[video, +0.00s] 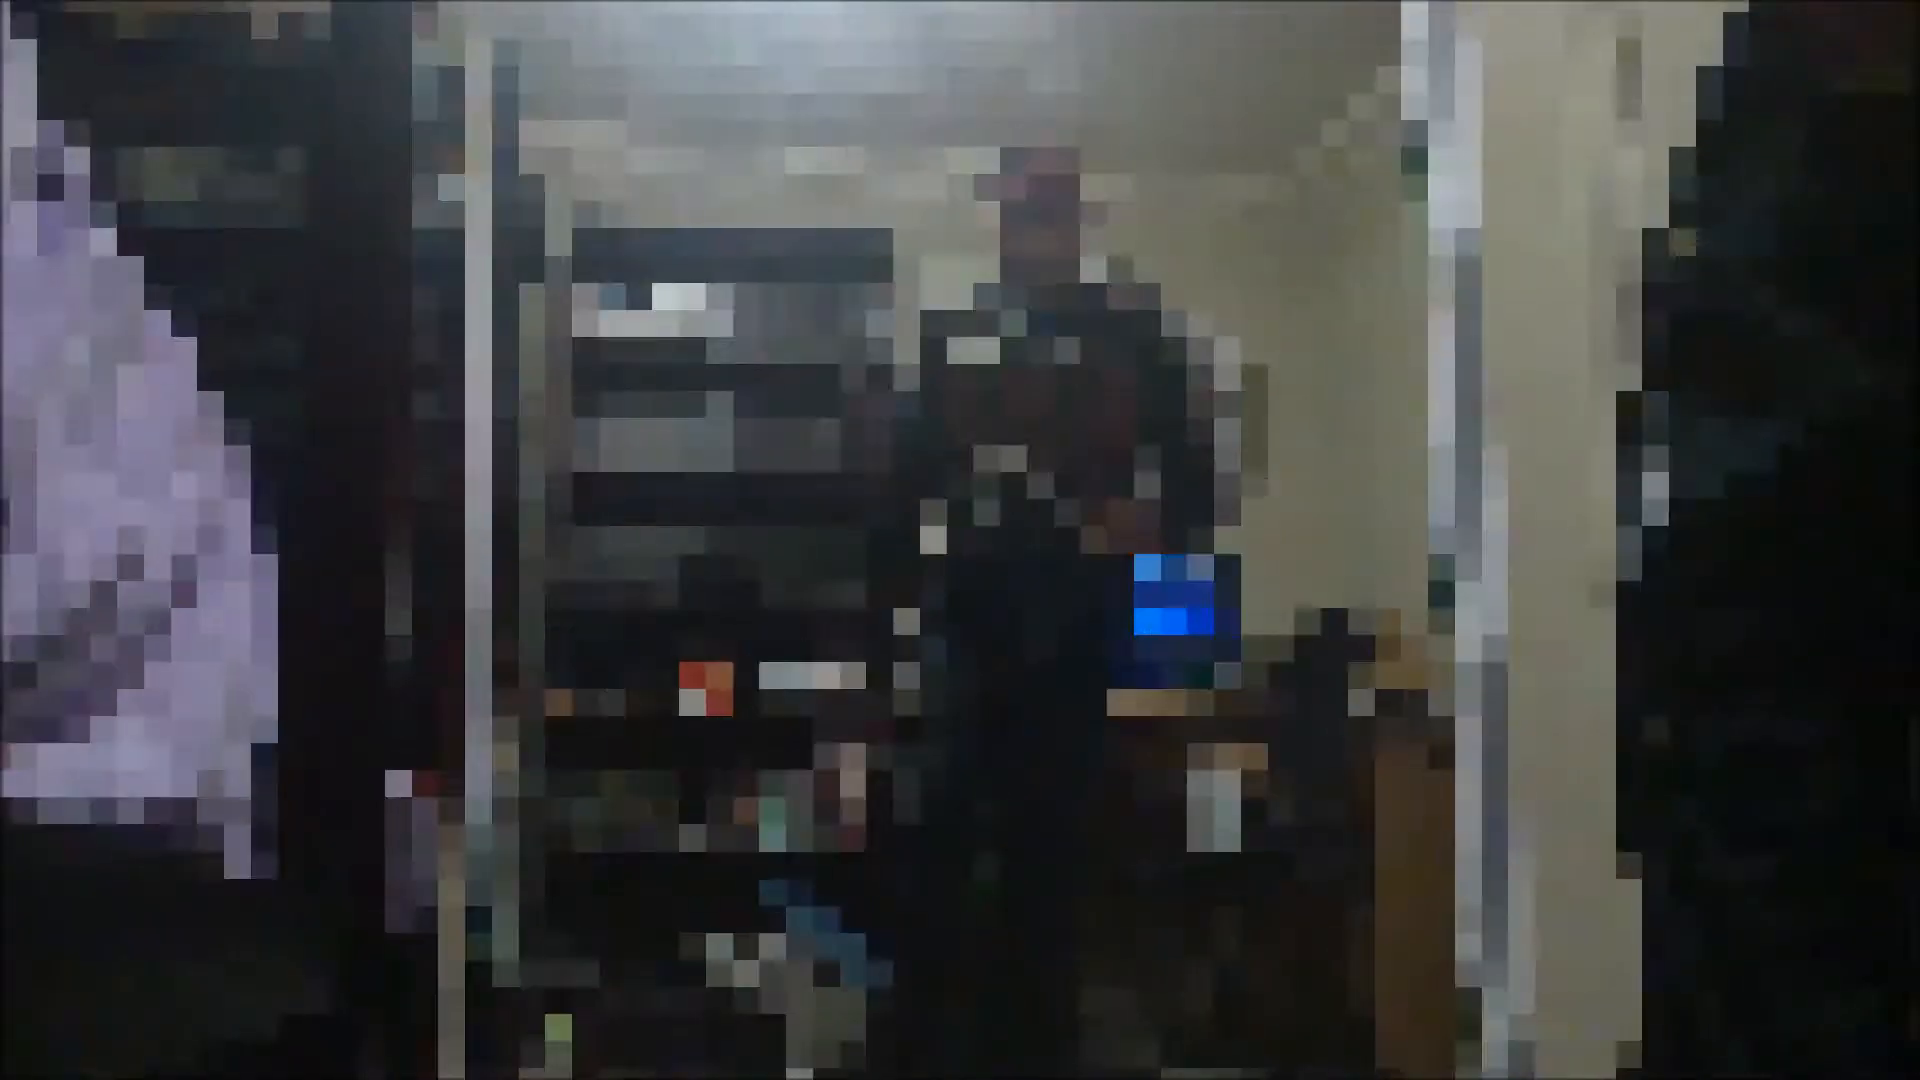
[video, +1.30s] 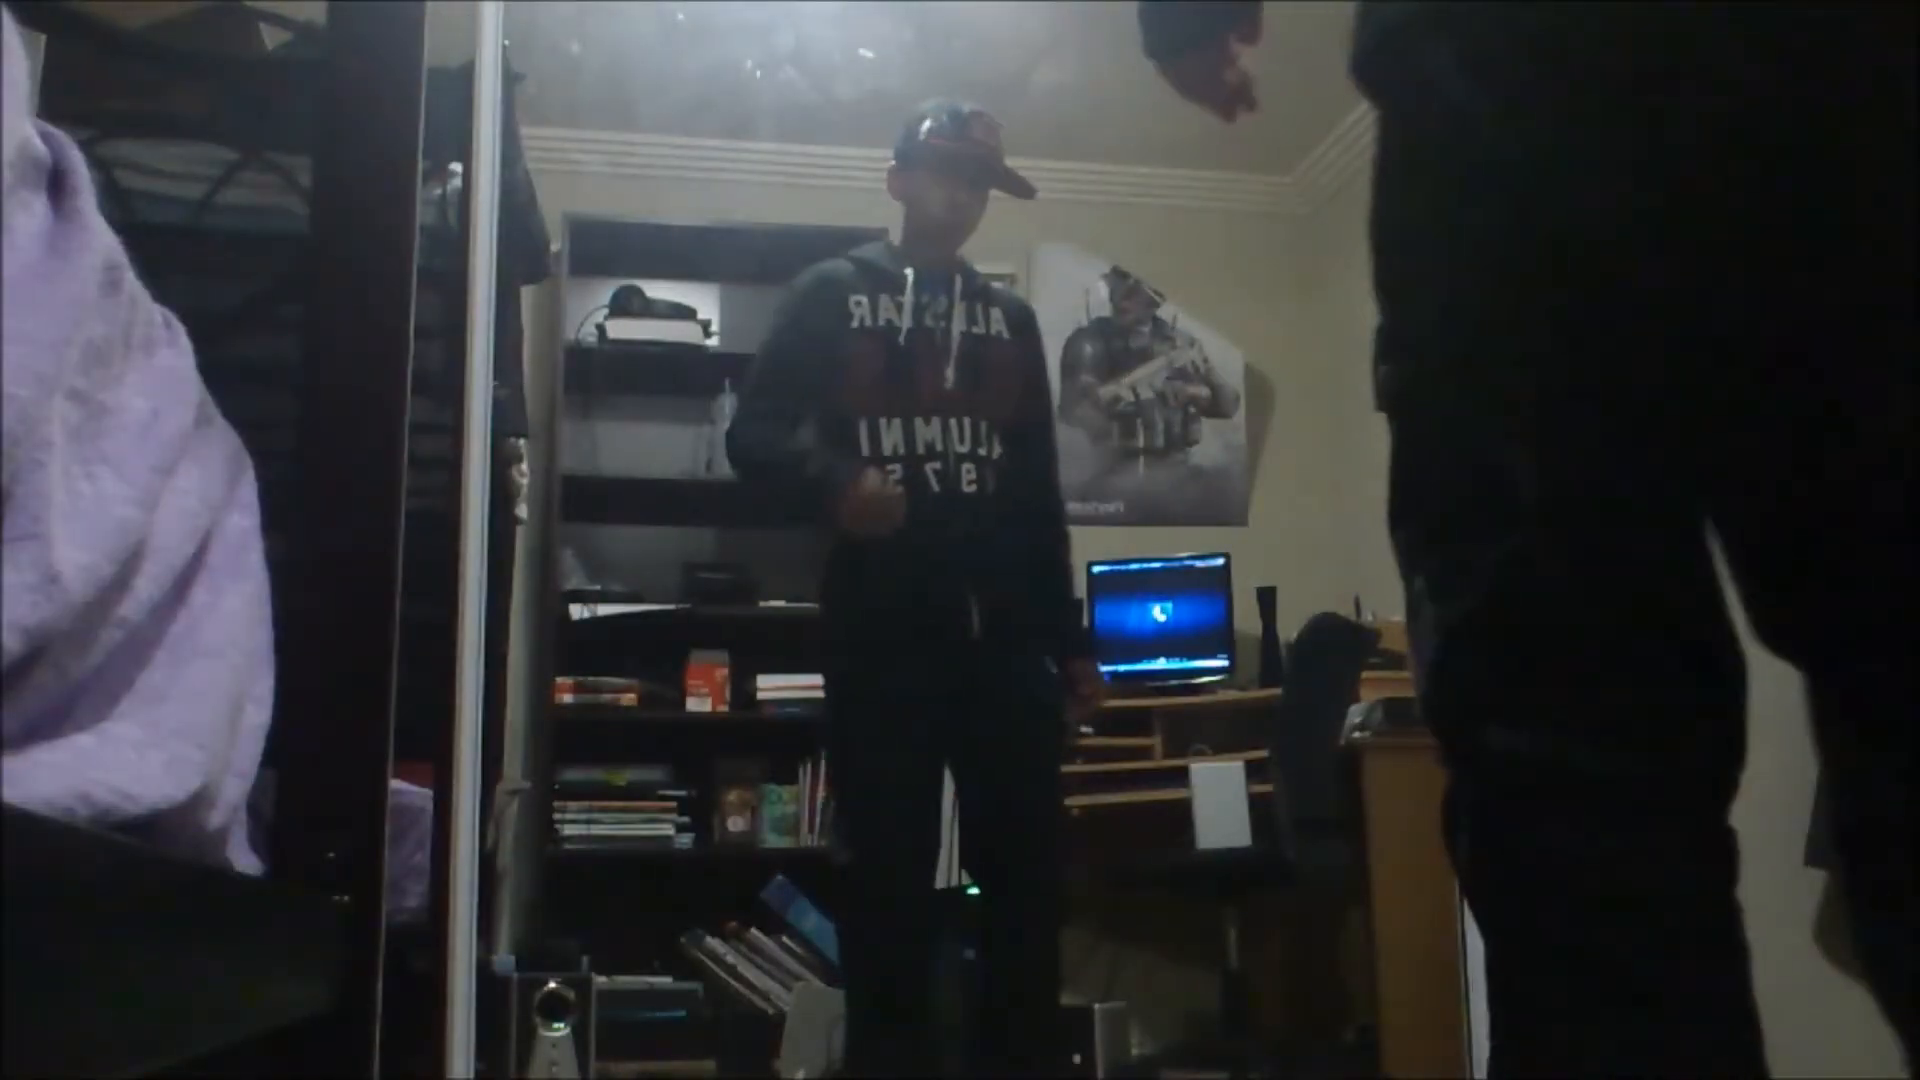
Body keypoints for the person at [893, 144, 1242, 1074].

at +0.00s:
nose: (1039, 233)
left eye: (1055, 213)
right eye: (1024, 213)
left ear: (1082, 219)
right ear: (997, 218)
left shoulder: (1132, 330)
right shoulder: (957, 333)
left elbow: (1192, 462)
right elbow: (914, 462)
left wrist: (1152, 527)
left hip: (1088, 594)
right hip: (978, 593)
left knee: (1067, 806)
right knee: (962, 798)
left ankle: (1049, 1013)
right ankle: (949, 1010)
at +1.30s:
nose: (960, 197)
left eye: (977, 182)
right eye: (944, 174)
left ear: (992, 196)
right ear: (897, 179)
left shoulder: (1010, 317)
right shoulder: (831, 294)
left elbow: (1037, 492)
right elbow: (754, 433)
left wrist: (1066, 636)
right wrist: (834, 484)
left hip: (1004, 629)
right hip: (883, 623)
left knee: (1023, 871)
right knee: (887, 869)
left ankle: (1018, 1065)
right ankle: (888, 1066)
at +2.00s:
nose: (967, 188)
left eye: (983, 171)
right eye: (947, 167)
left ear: (999, 179)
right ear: (901, 173)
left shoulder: (1032, 301)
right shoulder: (837, 290)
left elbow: (1053, 471)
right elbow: (804, 448)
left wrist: (1102, 585)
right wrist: (819, 587)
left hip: (996, 609)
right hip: (874, 610)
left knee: (1044, 855)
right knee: (867, 868)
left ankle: (1071, 1064)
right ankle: (857, 1069)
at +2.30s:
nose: (1003, 180)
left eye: (1020, 163)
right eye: (981, 159)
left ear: (1037, 178)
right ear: (936, 171)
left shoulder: (1083, 299)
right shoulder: (876, 305)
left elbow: (1137, 452)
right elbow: (844, 475)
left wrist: (1145, 500)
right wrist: (818, 627)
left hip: (1047, 615)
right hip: (918, 614)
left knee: (1055, 863)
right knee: (892, 859)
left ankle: (1059, 1060)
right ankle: (881, 1064)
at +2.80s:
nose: (978, 161)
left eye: (997, 145)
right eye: (958, 143)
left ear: (1024, 162)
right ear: (925, 159)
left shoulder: (1080, 281)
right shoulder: (882, 298)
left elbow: (1114, 433)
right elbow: (863, 455)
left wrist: (1105, 544)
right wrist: (850, 576)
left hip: (1045, 599)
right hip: (916, 601)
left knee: (1046, 859)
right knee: (871, 849)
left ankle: (1057, 1063)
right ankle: (873, 1063)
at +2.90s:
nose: (984, 162)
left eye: (1003, 146)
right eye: (964, 144)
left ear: (1029, 164)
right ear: (929, 160)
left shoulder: (1083, 286)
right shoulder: (879, 299)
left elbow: (1115, 445)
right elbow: (854, 450)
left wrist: (1110, 571)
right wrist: (852, 547)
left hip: (1051, 604)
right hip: (917, 604)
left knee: (1055, 859)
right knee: (894, 858)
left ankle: (1060, 1059)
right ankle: (888, 1061)